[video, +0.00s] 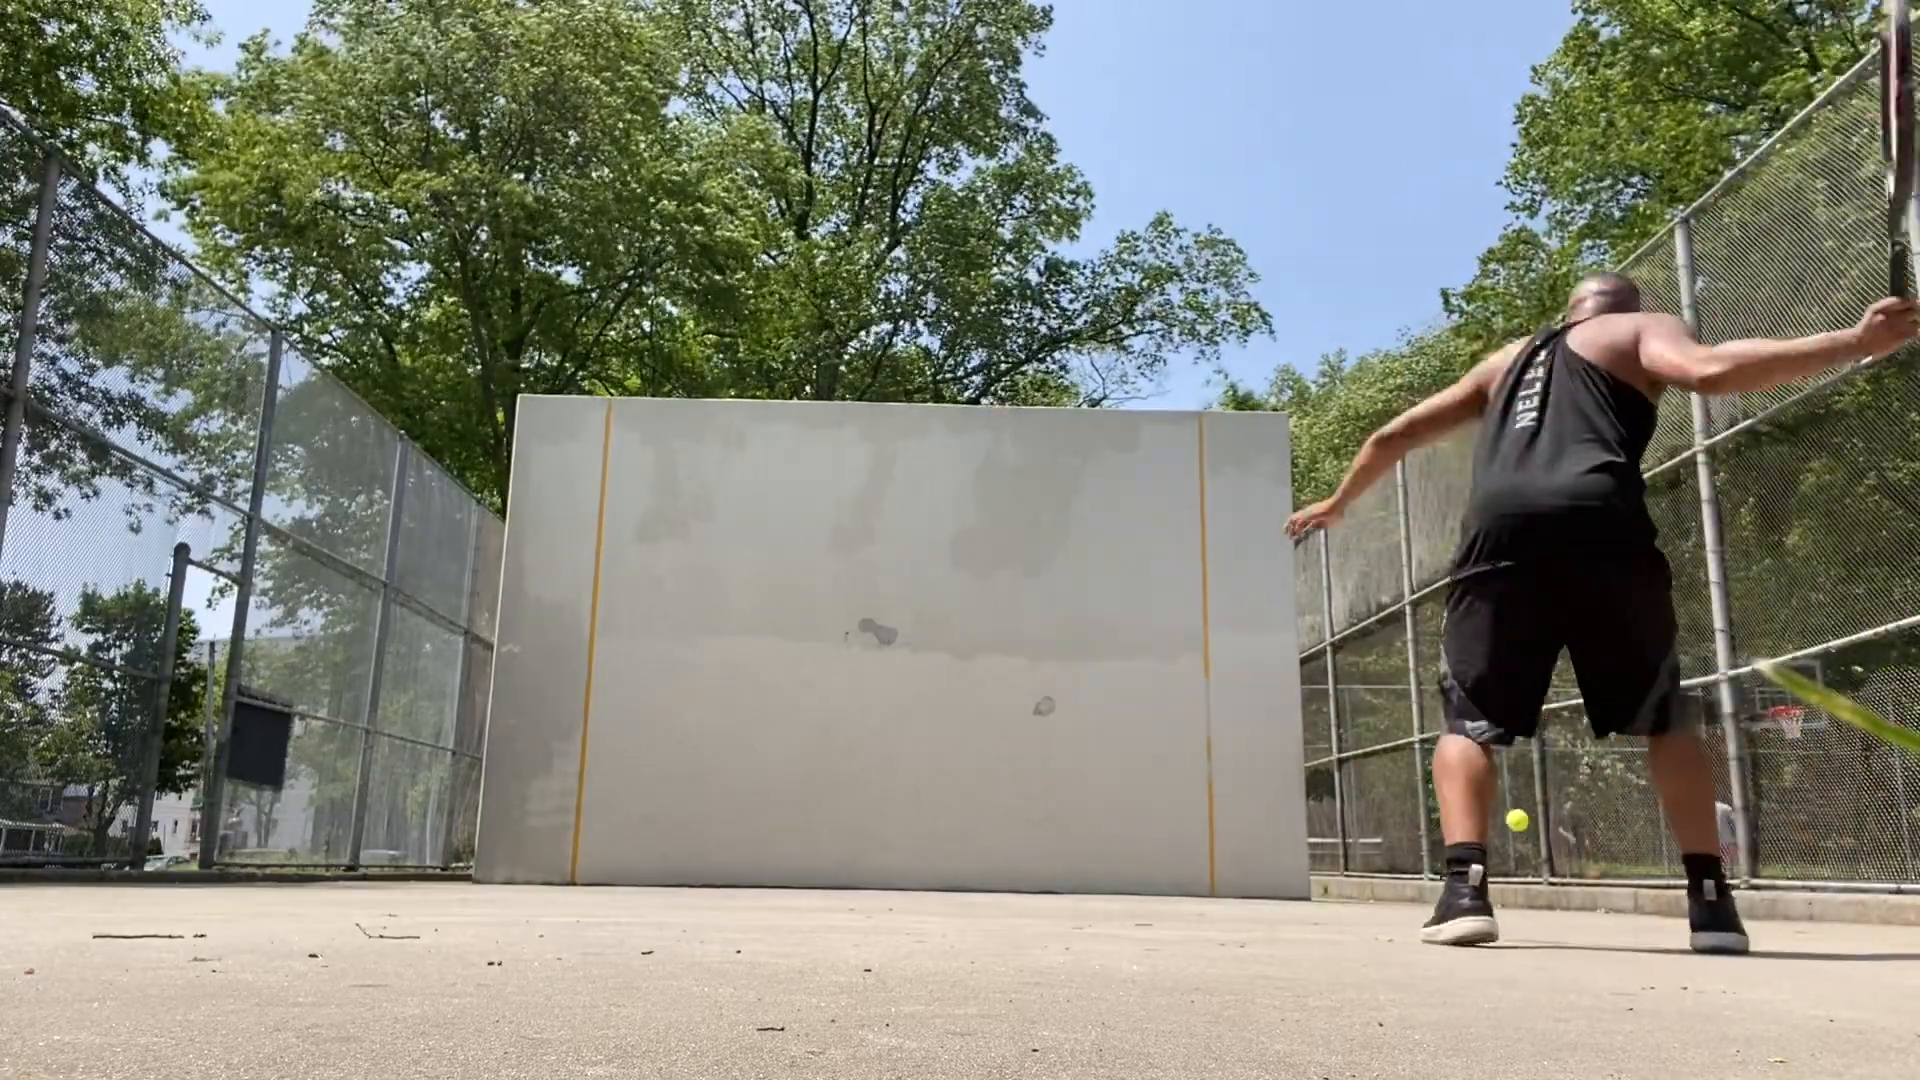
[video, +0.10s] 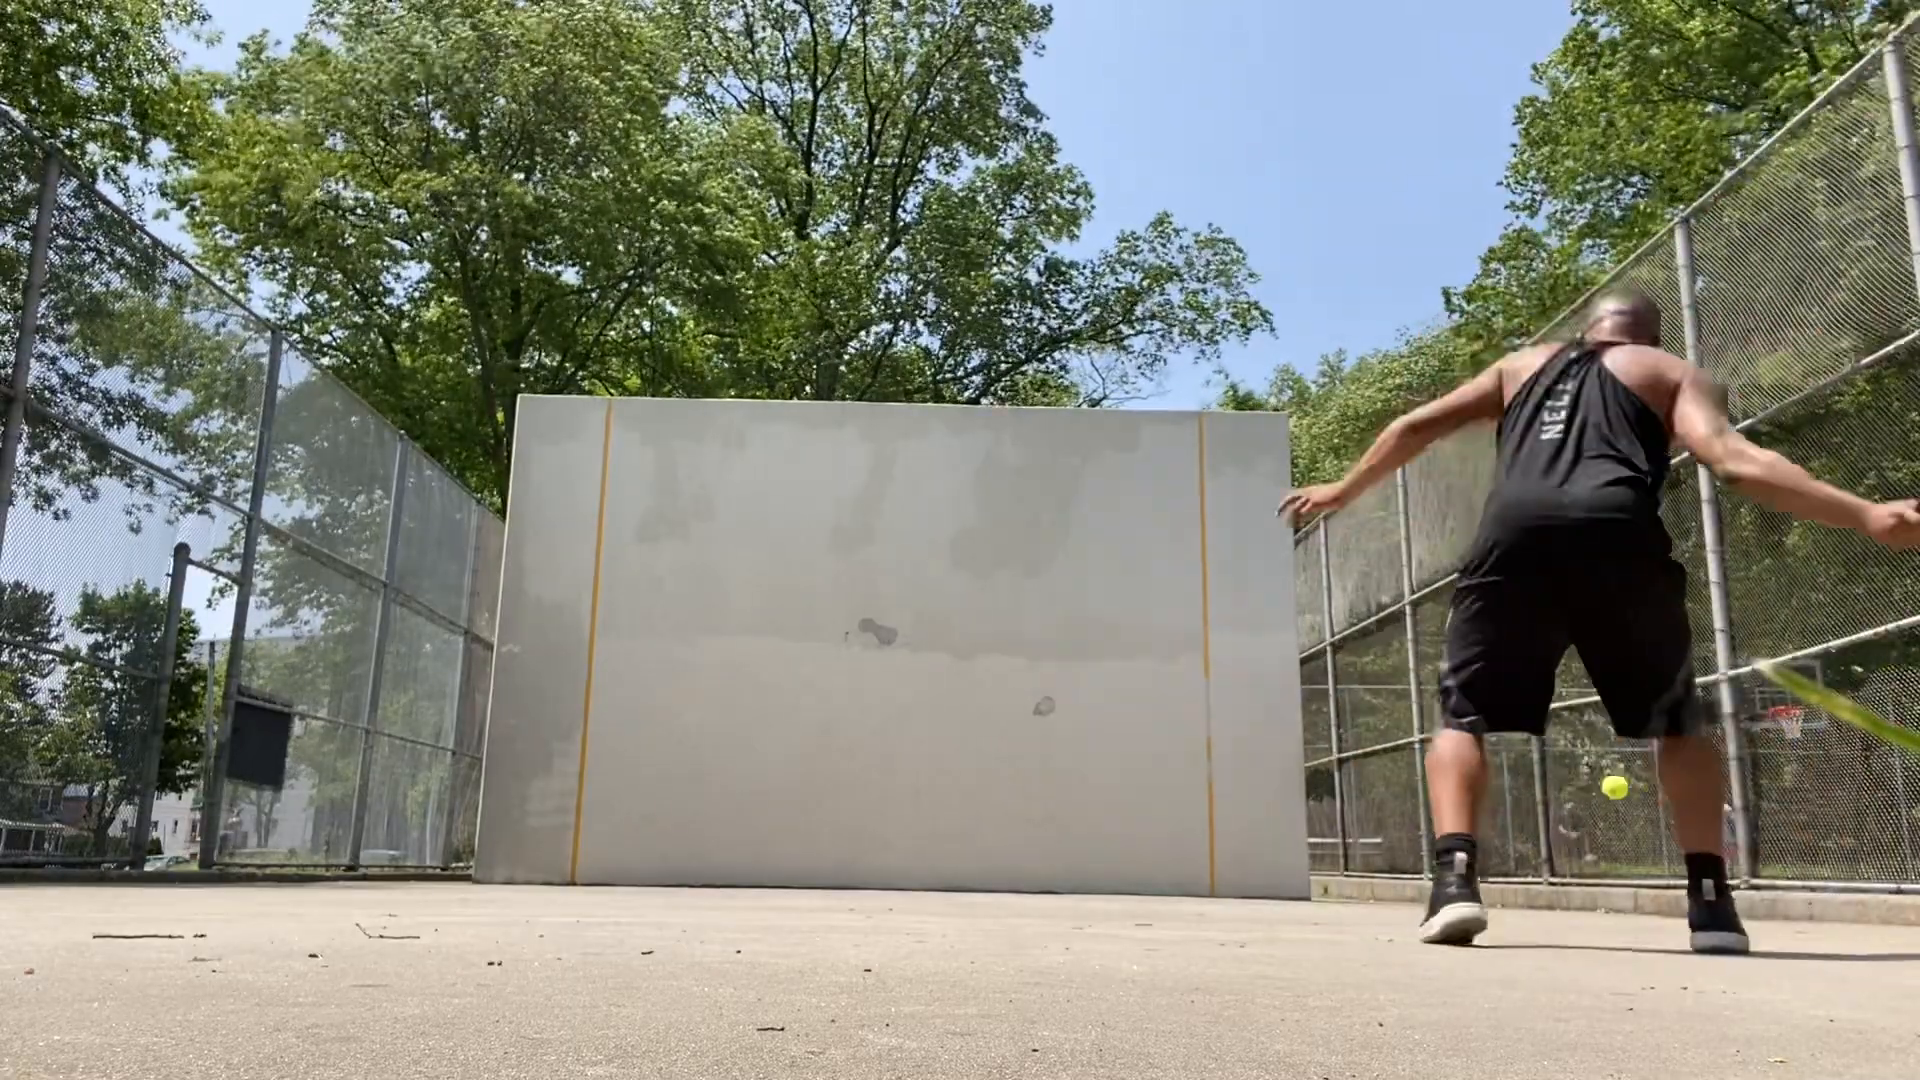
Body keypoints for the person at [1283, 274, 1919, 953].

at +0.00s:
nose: (1643, 310)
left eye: (1610, 295)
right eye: (1641, 304)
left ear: (1570, 310)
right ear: (1631, 306)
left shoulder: (1508, 358)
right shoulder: (1637, 323)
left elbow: (1390, 436)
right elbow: (1707, 370)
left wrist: (1334, 505)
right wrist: (1858, 340)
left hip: (1498, 540)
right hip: (1605, 531)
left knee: (1470, 720)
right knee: (1663, 714)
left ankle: (1463, 889)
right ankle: (1710, 904)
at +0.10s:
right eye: (1657, 345)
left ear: (1586, 333)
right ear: (1654, 339)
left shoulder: (1524, 365)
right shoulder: (1668, 370)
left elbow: (1415, 425)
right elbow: (1730, 456)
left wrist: (1341, 491)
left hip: (1509, 544)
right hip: (1620, 544)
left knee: (1462, 716)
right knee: (1677, 715)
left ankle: (1453, 885)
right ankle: (1711, 910)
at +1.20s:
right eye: (1337, 125)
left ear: (1266, 135)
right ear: (1349, 136)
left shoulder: (1200, 196)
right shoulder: (1387, 182)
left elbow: (1157, 344)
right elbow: (1428, 298)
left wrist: (1217, 397)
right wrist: (1365, 383)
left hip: (1188, 418)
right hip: (1318, 432)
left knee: (1105, 620)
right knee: (1391, 657)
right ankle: (1452, 895)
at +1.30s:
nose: (1282, 123)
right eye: (1285, 115)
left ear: (1205, 115)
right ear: (1287, 120)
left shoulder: (1136, 175)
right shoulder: (1314, 165)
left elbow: (1103, 306)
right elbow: (1343, 287)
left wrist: (1157, 369)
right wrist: (1292, 369)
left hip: (1110, 410)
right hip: (1239, 429)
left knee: (1011, 623)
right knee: (1331, 658)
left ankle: (900, 819)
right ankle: (1440, 887)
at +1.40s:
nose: (1230, 124)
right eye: (1231, 111)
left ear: (1149, 98)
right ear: (1226, 110)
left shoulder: (1071, 161)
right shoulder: (1239, 154)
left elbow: (1082, 278)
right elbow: (1266, 307)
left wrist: (1225, 327)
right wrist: (1251, 343)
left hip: (1032, 417)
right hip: (1160, 432)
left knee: (966, 646)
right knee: (1269, 663)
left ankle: (878, 860)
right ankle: (1390, 879)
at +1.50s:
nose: (1202, 101)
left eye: (1184, 85)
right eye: (1204, 91)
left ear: (1123, 73)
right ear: (1196, 84)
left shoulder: (1038, 143)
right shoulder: (1194, 119)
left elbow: (1060, 296)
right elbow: (1235, 240)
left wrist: (1191, 304)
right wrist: (1315, 240)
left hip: (994, 401)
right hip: (1116, 408)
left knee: (948, 635)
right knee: (1210, 637)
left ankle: (876, 867)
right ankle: (1275, 881)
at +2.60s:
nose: (1040, 43)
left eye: (1024, 34)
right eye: (1040, 36)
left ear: (951, 53)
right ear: (1037, 51)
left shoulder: (890, 119)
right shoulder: (1079, 120)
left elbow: (824, 270)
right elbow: (1128, 283)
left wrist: (915, 316)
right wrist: (1054, 329)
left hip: (910, 388)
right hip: (1040, 393)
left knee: (843, 610)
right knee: (1100, 637)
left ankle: (791, 837)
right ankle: (1151, 880)